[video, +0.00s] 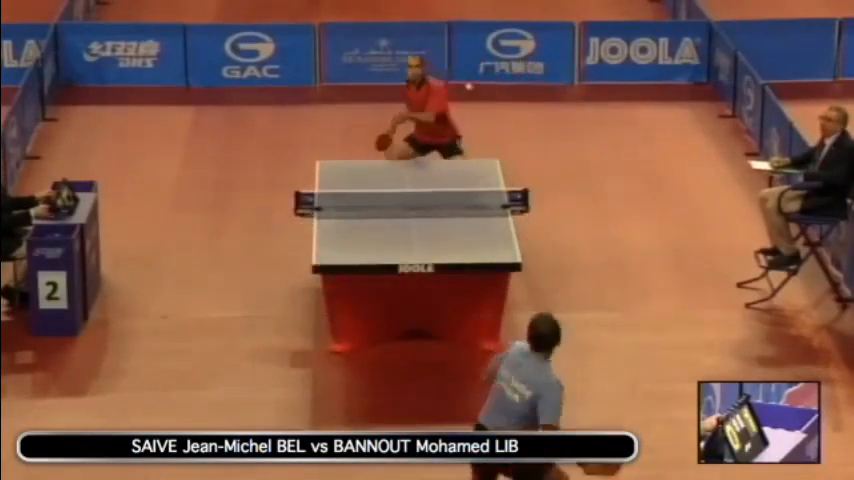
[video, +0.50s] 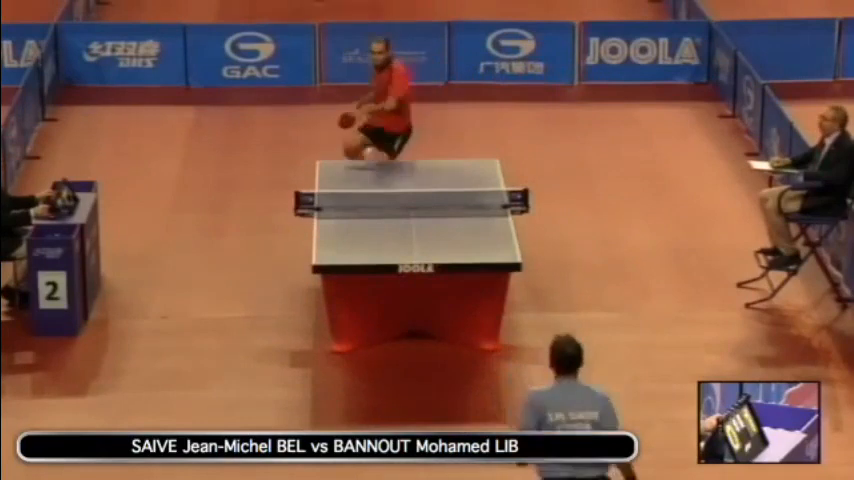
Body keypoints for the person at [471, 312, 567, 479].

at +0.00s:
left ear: (529, 335)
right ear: (556, 343)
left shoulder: (515, 349)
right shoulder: (550, 384)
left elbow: (488, 375)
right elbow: (549, 434)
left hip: (484, 433)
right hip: (517, 443)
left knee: (482, 475)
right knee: (559, 476)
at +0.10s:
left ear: (537, 338)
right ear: (566, 343)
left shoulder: (516, 360)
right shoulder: (567, 384)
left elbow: (493, 393)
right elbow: (563, 432)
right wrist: (572, 464)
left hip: (501, 449)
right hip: (538, 456)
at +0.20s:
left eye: (547, 339)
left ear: (547, 345)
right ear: (574, 346)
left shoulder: (525, 373)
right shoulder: (584, 386)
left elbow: (505, 411)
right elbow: (580, 431)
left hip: (522, 463)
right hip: (560, 466)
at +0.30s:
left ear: (548, 341)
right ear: (575, 342)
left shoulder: (526, 371)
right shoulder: (587, 382)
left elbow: (504, 410)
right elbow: (585, 425)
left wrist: (528, 412)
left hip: (530, 462)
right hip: (568, 465)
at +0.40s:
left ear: (547, 353)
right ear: (576, 352)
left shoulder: (530, 388)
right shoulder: (593, 393)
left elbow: (513, 430)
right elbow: (601, 441)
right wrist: (609, 472)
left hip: (541, 471)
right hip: (581, 472)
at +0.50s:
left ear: (552, 363)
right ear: (580, 362)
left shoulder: (538, 401)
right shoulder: (600, 401)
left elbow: (526, 448)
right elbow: (615, 448)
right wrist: (630, 475)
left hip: (555, 475)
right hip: (595, 474)